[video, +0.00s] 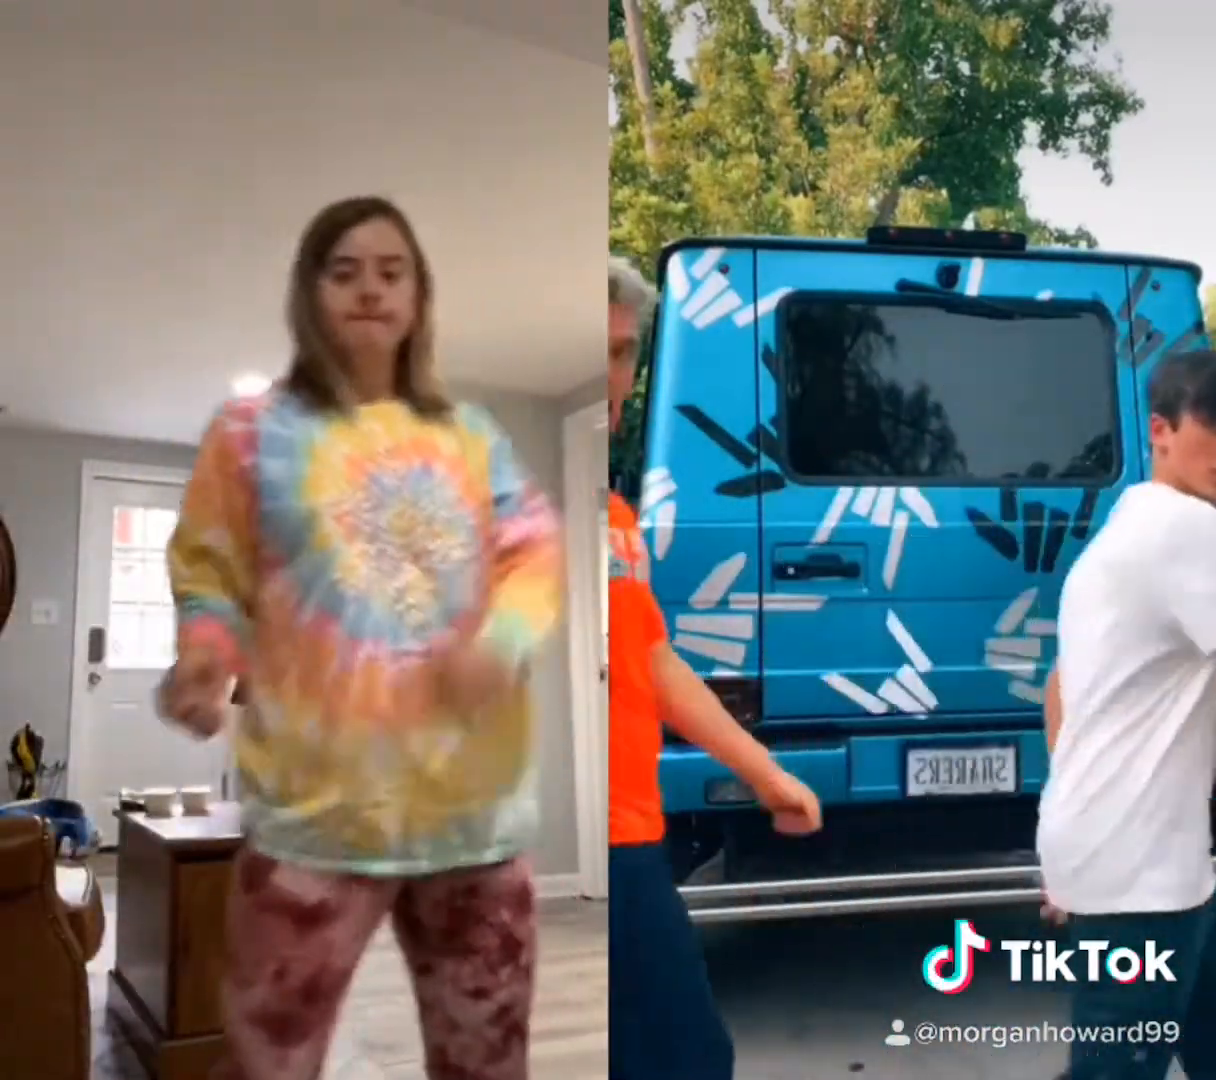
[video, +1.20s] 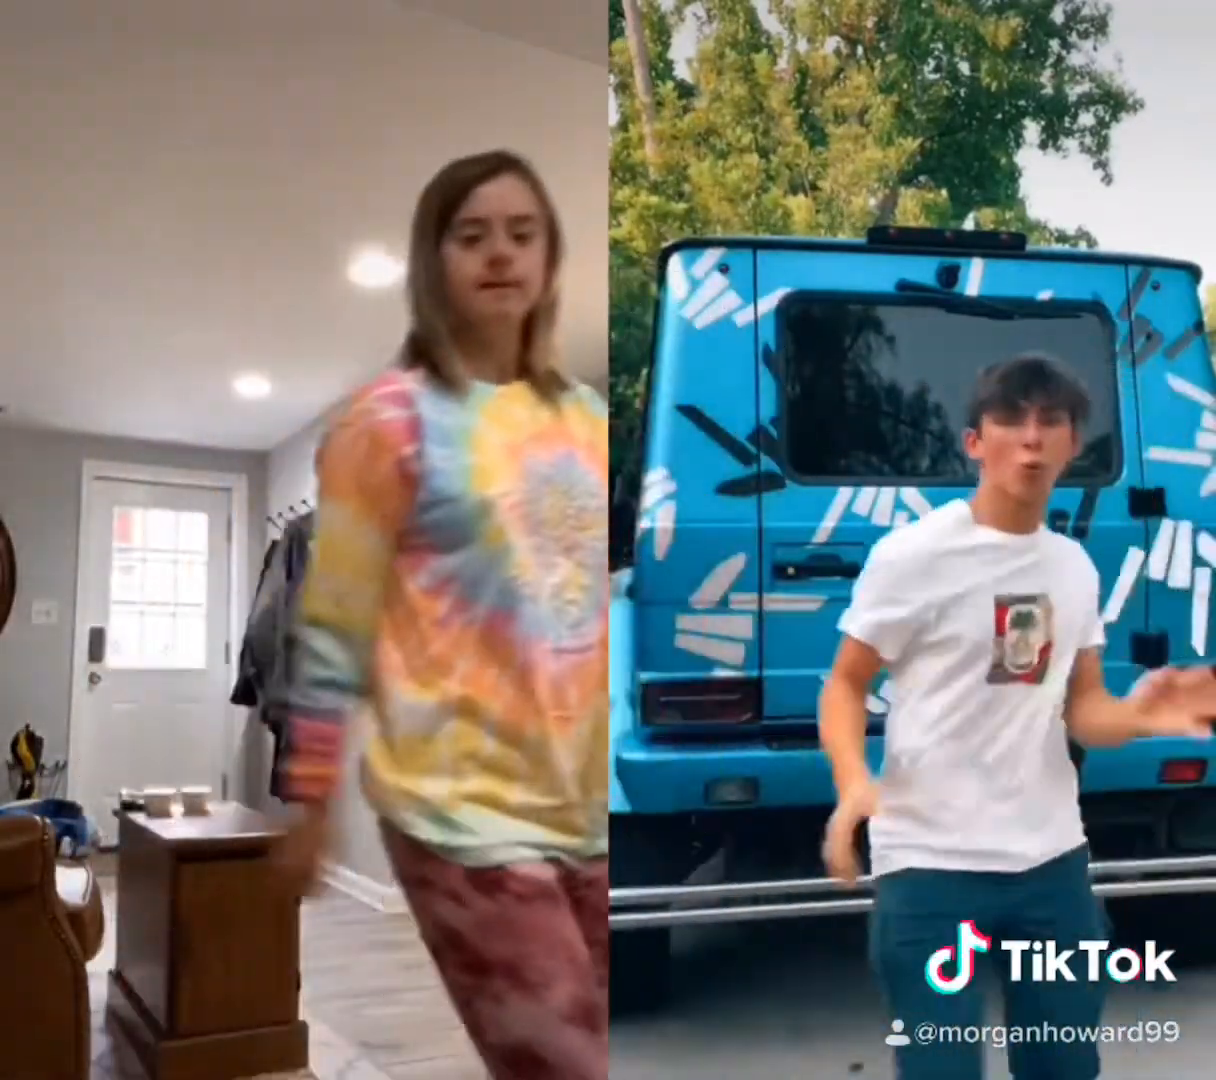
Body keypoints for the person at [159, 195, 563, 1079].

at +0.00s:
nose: (370, 289)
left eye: (392, 271)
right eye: (345, 270)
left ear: (419, 296)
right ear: (309, 295)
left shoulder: (471, 437)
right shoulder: (252, 432)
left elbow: (537, 555)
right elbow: (205, 567)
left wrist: (499, 643)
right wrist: (208, 651)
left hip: (468, 807)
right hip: (312, 811)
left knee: (487, 1061)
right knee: (270, 1059)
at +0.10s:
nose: (336, 292)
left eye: (358, 274)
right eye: (311, 272)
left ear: (385, 299)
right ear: (274, 295)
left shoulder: (425, 451)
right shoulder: (207, 424)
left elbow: (466, 609)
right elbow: (154, 565)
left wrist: (474, 755)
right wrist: (160, 663)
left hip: (412, 813)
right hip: (253, 815)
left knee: (450, 1060)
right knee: (240, 1060)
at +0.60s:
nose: (276, 272)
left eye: (299, 253)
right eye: (250, 252)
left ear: (326, 280)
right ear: (213, 276)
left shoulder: (355, 427)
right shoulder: (152, 383)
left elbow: (349, 597)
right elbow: (160, 560)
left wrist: (333, 721)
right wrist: (277, 700)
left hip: (341, 801)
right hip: (179, 806)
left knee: (383, 1056)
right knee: (163, 1063)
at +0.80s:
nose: (347, 282)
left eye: (369, 263)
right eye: (319, 263)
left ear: (395, 292)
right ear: (280, 288)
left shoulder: (428, 443)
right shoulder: (223, 429)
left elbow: (452, 632)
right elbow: (197, 626)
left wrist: (467, 781)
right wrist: (264, 792)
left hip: (418, 822)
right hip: (262, 831)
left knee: (495, 1063)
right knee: (228, 1067)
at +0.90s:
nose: (394, 292)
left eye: (415, 273)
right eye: (366, 274)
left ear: (443, 300)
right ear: (329, 301)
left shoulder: (481, 452)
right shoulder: (279, 445)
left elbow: (522, 636)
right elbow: (221, 646)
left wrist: (551, 794)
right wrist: (203, 833)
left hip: (481, 840)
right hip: (320, 850)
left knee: (563, 1068)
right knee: (300, 1069)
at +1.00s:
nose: (435, 281)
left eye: (457, 260)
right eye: (407, 262)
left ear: (485, 291)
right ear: (369, 290)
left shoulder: (526, 443)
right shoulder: (324, 441)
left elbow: (574, 654)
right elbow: (246, 637)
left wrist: (655, 799)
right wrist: (189, 814)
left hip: (542, 839)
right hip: (397, 846)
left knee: (576, 1067)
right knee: (419, 1067)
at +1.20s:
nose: (501, 254)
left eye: (523, 232)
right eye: (471, 234)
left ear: (551, 261)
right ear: (431, 261)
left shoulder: (585, 420)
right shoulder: (385, 421)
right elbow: (332, 628)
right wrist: (309, 801)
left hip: (582, 793)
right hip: (457, 801)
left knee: (582, 1053)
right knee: (563, 1056)